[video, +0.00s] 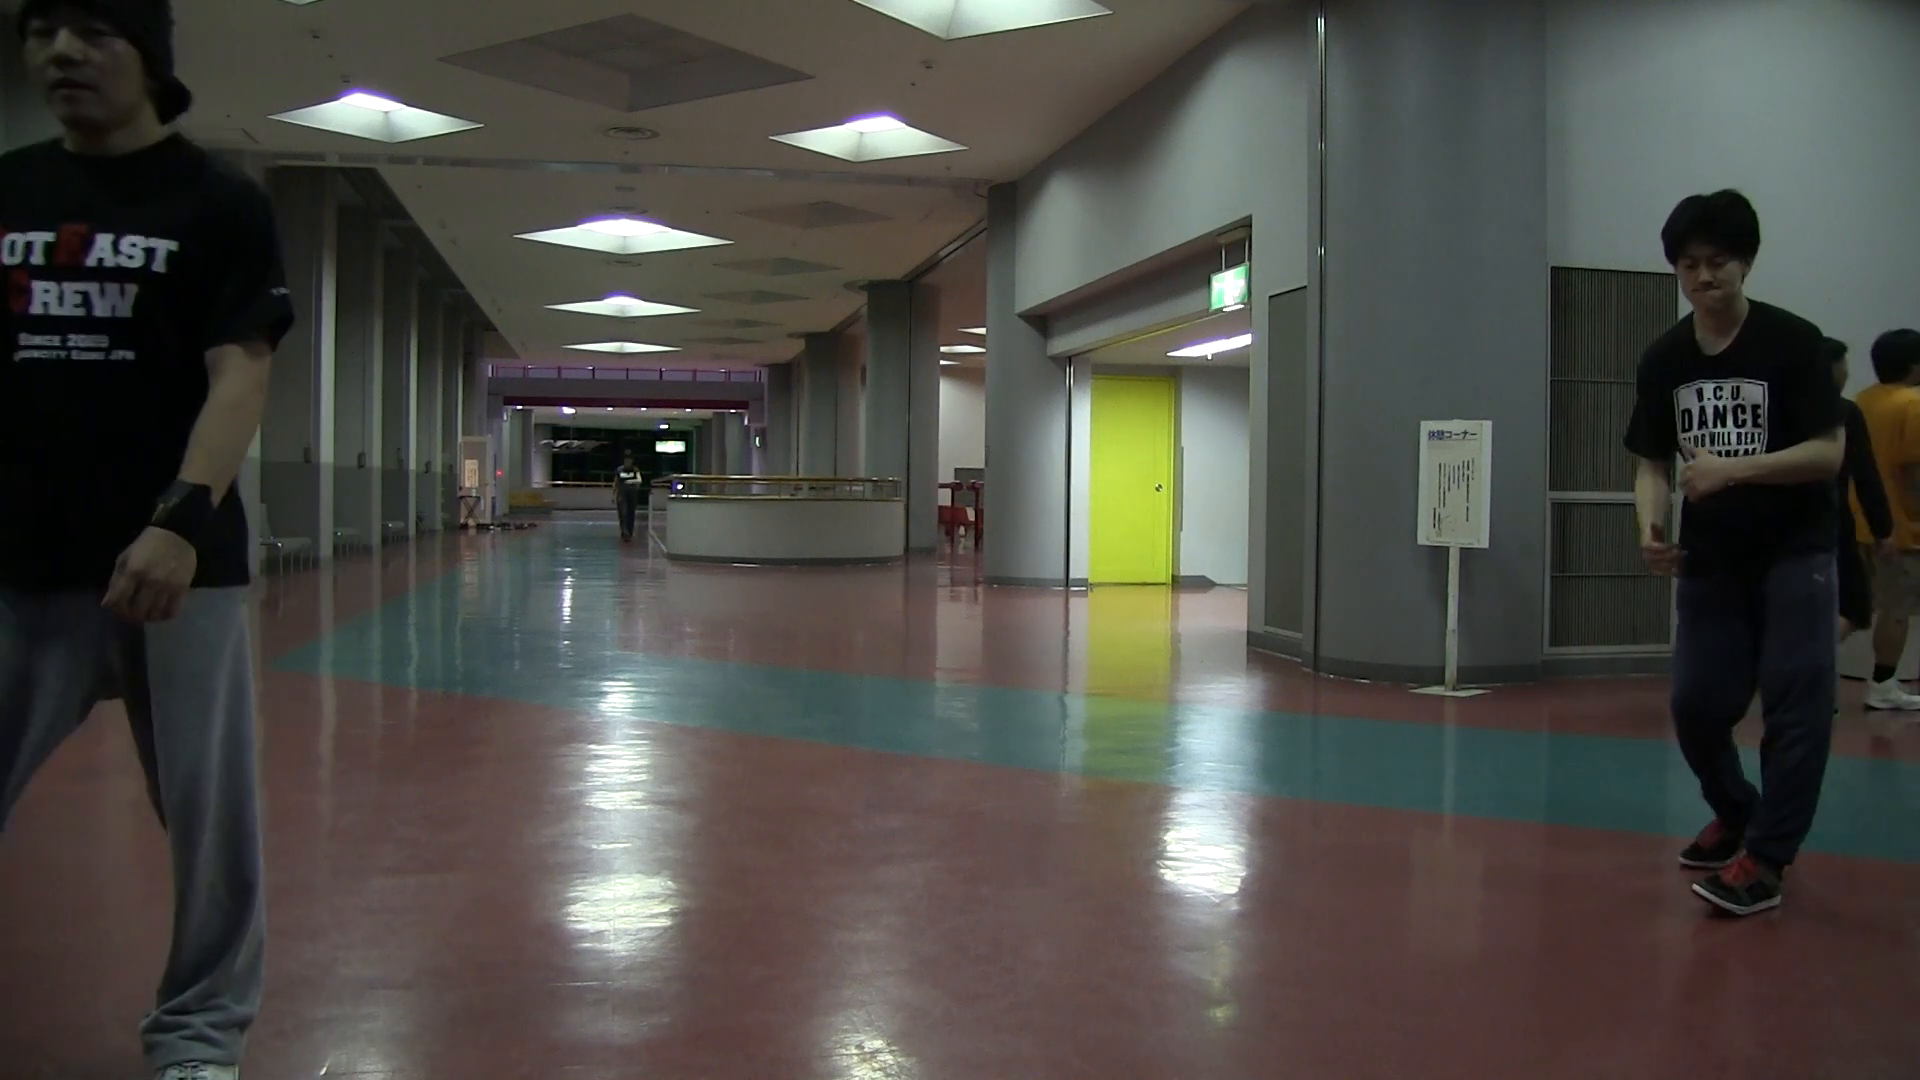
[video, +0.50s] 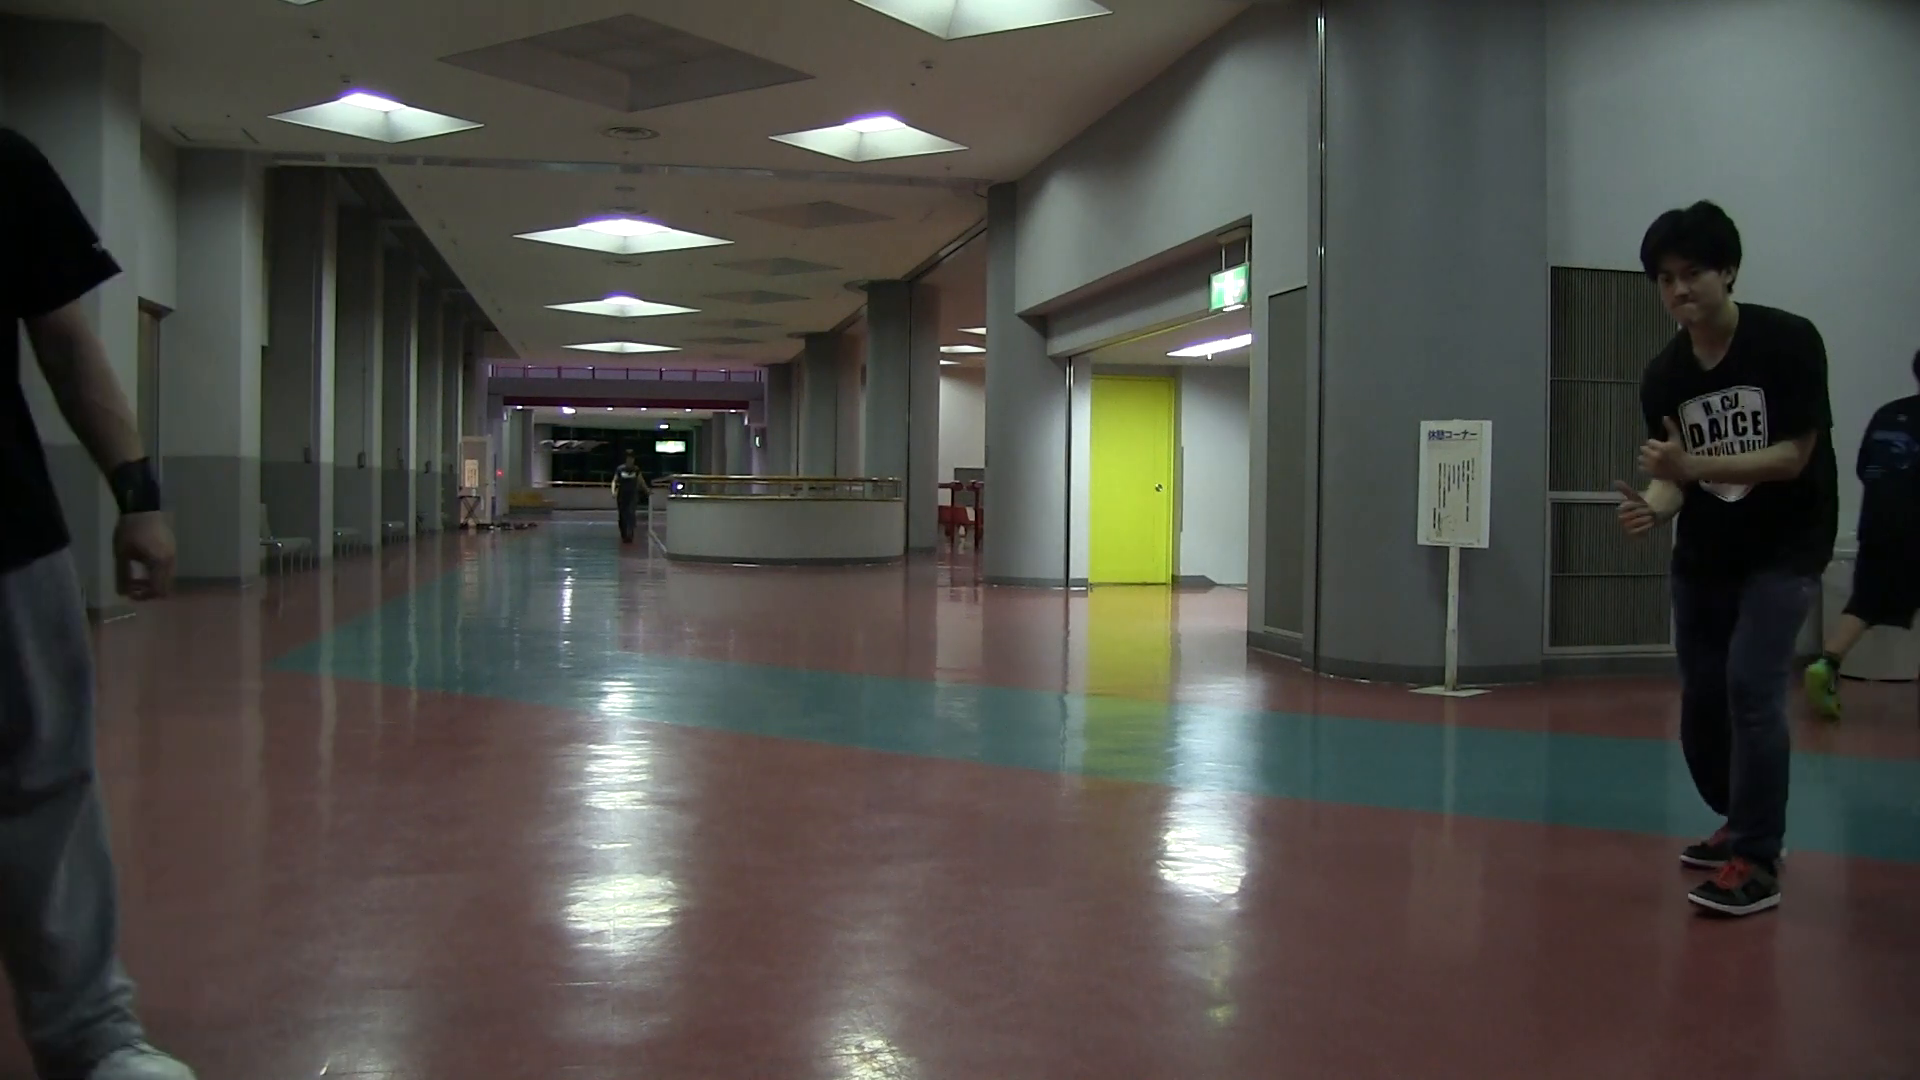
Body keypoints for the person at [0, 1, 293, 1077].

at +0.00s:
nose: (65, 51)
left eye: (96, 31)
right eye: (48, 32)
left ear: (152, 56)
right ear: (30, 54)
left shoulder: (218, 196)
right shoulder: (10, 185)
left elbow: (240, 376)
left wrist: (181, 524)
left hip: (174, 550)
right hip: (28, 549)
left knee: (208, 802)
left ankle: (202, 1035)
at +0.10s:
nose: (22, 46)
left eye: (51, 29)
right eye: (12, 28)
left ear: (111, 58)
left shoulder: (182, 198)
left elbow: (215, 368)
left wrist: (179, 520)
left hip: (145, 552)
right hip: (14, 553)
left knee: (195, 804)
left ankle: (199, 1037)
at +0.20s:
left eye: (9, 28)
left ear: (46, 51)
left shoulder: (130, 192)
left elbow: (181, 359)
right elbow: (181, 358)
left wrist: (186, 512)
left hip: (94, 557)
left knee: (170, 810)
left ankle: (196, 1032)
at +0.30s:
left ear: (10, 65)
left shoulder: (68, 180)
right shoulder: (69, 185)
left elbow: (139, 354)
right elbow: (140, 355)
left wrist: (186, 503)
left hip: (55, 538)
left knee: (122, 788)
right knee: (116, 788)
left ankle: (183, 1031)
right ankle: (179, 1023)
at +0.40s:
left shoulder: (31, 167)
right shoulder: (36, 169)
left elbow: (102, 346)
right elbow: (102, 348)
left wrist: (169, 496)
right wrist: (166, 496)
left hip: (31, 544)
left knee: (88, 791)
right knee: (85, 792)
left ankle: (147, 1036)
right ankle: (143, 1032)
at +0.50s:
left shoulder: (9, 165)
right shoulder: (14, 167)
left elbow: (67, 341)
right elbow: (68, 342)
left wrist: (138, 492)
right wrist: (136, 493)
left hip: (13, 536)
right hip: (15, 539)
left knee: (46, 782)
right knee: (45, 785)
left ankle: (89, 1029)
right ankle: (85, 1029)